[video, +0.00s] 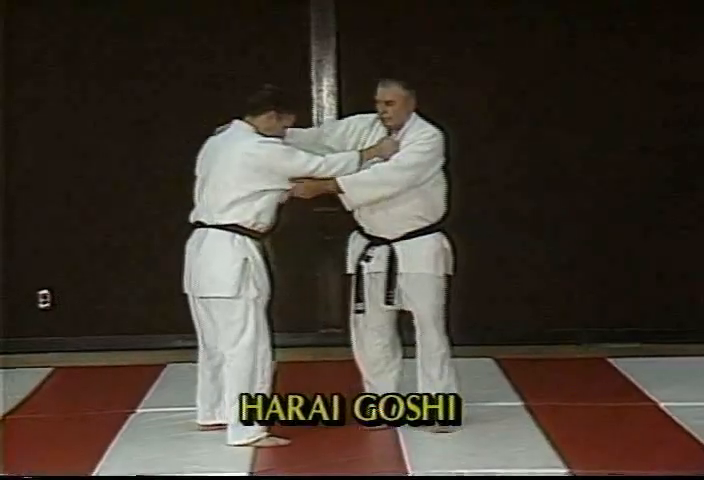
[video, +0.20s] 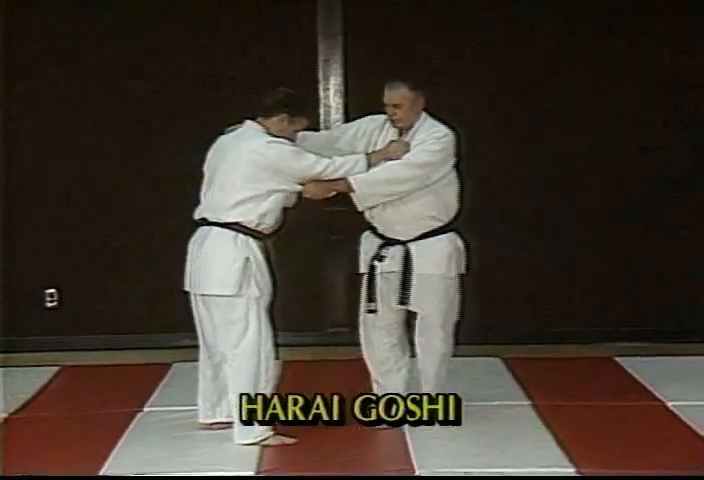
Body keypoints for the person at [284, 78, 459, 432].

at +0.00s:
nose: (383, 111)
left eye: (390, 105)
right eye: (379, 104)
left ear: (411, 104)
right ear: (376, 104)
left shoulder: (427, 138)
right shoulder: (363, 127)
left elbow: (394, 176)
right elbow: (318, 136)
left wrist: (328, 186)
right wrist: (263, 134)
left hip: (418, 245)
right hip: (370, 245)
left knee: (429, 328)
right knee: (371, 329)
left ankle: (439, 406)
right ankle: (382, 404)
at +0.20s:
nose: (391, 114)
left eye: (398, 108)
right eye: (387, 107)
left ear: (420, 104)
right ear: (384, 105)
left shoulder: (439, 139)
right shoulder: (374, 128)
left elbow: (404, 175)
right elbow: (328, 141)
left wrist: (339, 186)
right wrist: (274, 137)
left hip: (432, 248)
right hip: (381, 246)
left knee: (433, 338)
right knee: (380, 336)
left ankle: (431, 419)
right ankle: (393, 414)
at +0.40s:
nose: (396, 121)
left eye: (401, 114)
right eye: (391, 114)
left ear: (422, 107)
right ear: (387, 112)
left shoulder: (446, 140)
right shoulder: (381, 130)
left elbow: (410, 178)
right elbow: (335, 143)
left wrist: (344, 189)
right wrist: (284, 139)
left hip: (445, 245)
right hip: (396, 242)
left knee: (437, 330)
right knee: (389, 328)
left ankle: (431, 411)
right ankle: (394, 408)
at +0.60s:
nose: (398, 130)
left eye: (404, 122)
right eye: (393, 123)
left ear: (424, 114)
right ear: (388, 119)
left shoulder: (450, 143)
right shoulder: (386, 133)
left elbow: (412, 186)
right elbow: (340, 142)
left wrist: (346, 199)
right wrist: (289, 140)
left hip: (453, 243)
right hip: (408, 241)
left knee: (447, 328)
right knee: (403, 325)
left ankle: (440, 406)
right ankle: (403, 401)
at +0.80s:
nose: (400, 131)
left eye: (406, 124)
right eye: (395, 124)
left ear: (426, 116)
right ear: (391, 120)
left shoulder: (451, 146)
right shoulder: (386, 133)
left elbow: (412, 189)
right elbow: (341, 141)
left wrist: (346, 202)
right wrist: (291, 138)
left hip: (457, 243)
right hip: (419, 243)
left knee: (452, 325)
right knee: (429, 323)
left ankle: (447, 398)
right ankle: (436, 390)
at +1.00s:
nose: (402, 132)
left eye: (408, 125)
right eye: (397, 125)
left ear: (428, 117)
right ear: (392, 121)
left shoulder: (451, 146)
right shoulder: (390, 132)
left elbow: (413, 189)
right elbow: (345, 140)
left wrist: (345, 203)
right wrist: (294, 135)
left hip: (458, 242)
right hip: (422, 239)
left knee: (449, 321)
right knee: (440, 300)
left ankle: (443, 394)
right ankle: (485, 329)